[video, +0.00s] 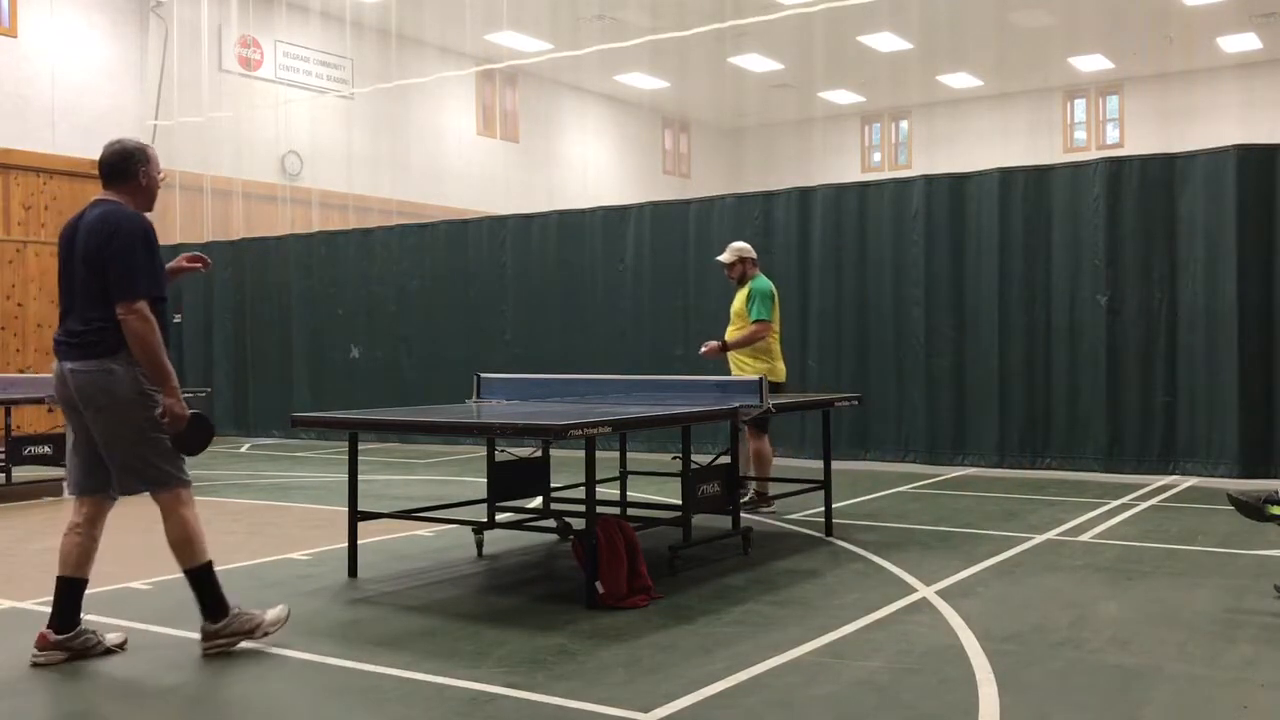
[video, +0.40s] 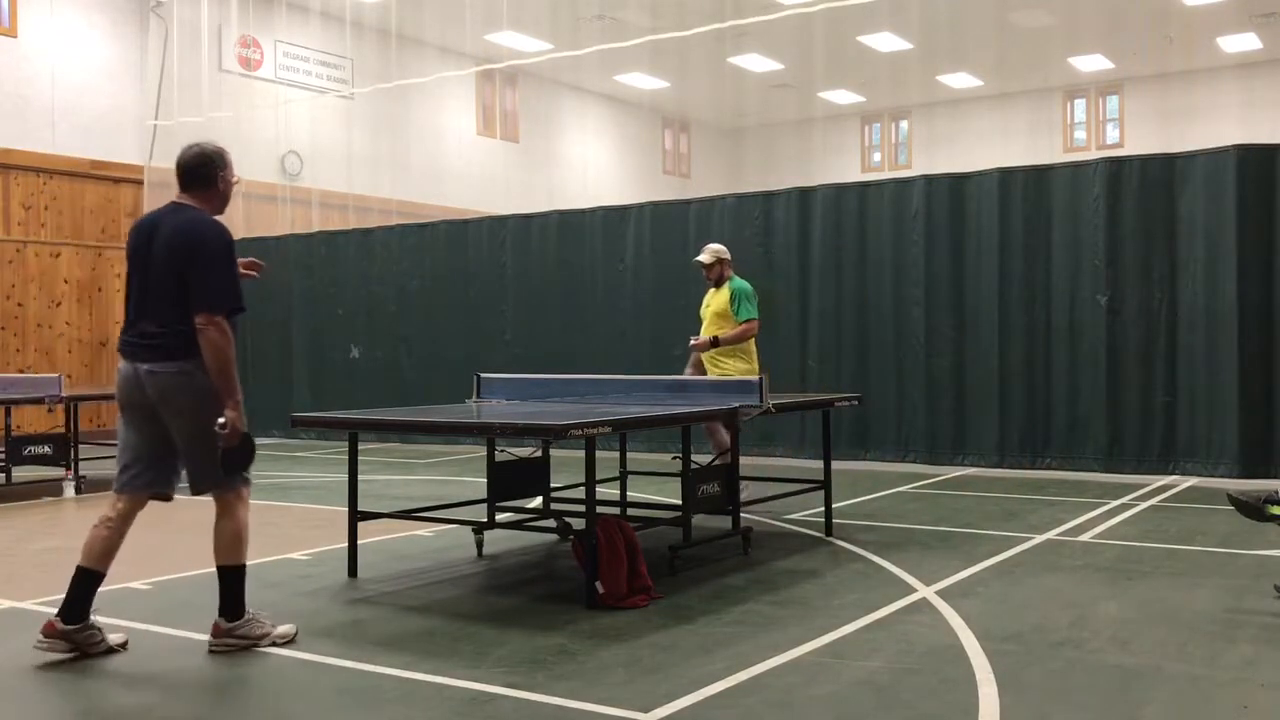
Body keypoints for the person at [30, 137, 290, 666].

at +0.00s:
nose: (160, 183)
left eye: (158, 175)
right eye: (157, 174)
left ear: (105, 176)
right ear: (143, 175)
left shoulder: (77, 225)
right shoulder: (130, 225)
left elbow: (104, 292)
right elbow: (134, 313)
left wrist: (167, 271)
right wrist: (171, 390)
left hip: (74, 374)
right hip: (116, 375)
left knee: (90, 502)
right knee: (174, 493)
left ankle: (61, 630)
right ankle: (220, 618)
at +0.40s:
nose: (235, 187)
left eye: (233, 179)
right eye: (232, 180)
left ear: (183, 181)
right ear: (220, 183)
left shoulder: (144, 227)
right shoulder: (212, 235)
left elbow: (165, 280)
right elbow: (210, 324)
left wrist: (225, 268)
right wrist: (233, 403)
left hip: (136, 373)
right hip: (187, 376)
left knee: (125, 500)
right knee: (232, 493)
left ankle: (70, 620)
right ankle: (233, 619)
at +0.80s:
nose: (283, 192)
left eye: (282, 184)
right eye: (283, 184)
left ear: (233, 179)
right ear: (273, 185)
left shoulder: (189, 221)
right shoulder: (266, 237)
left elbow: (177, 296)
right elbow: (279, 329)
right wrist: (314, 399)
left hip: (172, 366)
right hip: (229, 373)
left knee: (175, 489)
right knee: (243, 496)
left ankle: (129, 599)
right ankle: (234, 618)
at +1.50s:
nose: (238, 196)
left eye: (237, 188)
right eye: (237, 189)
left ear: (190, 187)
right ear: (226, 189)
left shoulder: (158, 232)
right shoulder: (217, 234)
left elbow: (175, 287)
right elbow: (211, 315)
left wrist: (235, 276)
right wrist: (235, 387)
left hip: (149, 369)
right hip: (189, 371)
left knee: (181, 488)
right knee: (232, 487)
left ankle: (174, 604)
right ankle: (232, 614)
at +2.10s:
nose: (227, 191)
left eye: (224, 184)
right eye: (223, 184)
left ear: (177, 186)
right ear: (210, 186)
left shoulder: (156, 225)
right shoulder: (192, 226)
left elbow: (172, 293)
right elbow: (186, 306)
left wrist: (229, 286)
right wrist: (213, 378)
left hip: (141, 363)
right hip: (165, 364)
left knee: (178, 487)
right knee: (180, 489)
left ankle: (174, 603)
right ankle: (151, 619)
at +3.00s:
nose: (217, 181)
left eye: (215, 173)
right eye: (214, 174)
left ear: (163, 174)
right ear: (199, 179)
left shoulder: (122, 216)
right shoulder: (176, 232)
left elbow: (140, 285)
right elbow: (169, 324)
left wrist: (202, 271)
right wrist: (188, 407)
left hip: (104, 369)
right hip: (144, 373)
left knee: (137, 494)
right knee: (156, 500)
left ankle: (118, 611)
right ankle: (147, 628)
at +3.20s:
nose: (200, 179)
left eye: (199, 170)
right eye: (197, 171)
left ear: (146, 172)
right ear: (178, 176)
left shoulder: (110, 217)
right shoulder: (160, 230)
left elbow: (135, 280)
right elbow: (156, 325)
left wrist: (199, 270)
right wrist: (187, 407)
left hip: (96, 369)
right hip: (137, 373)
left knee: (118, 497)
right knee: (156, 500)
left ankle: (49, 602)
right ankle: (146, 628)